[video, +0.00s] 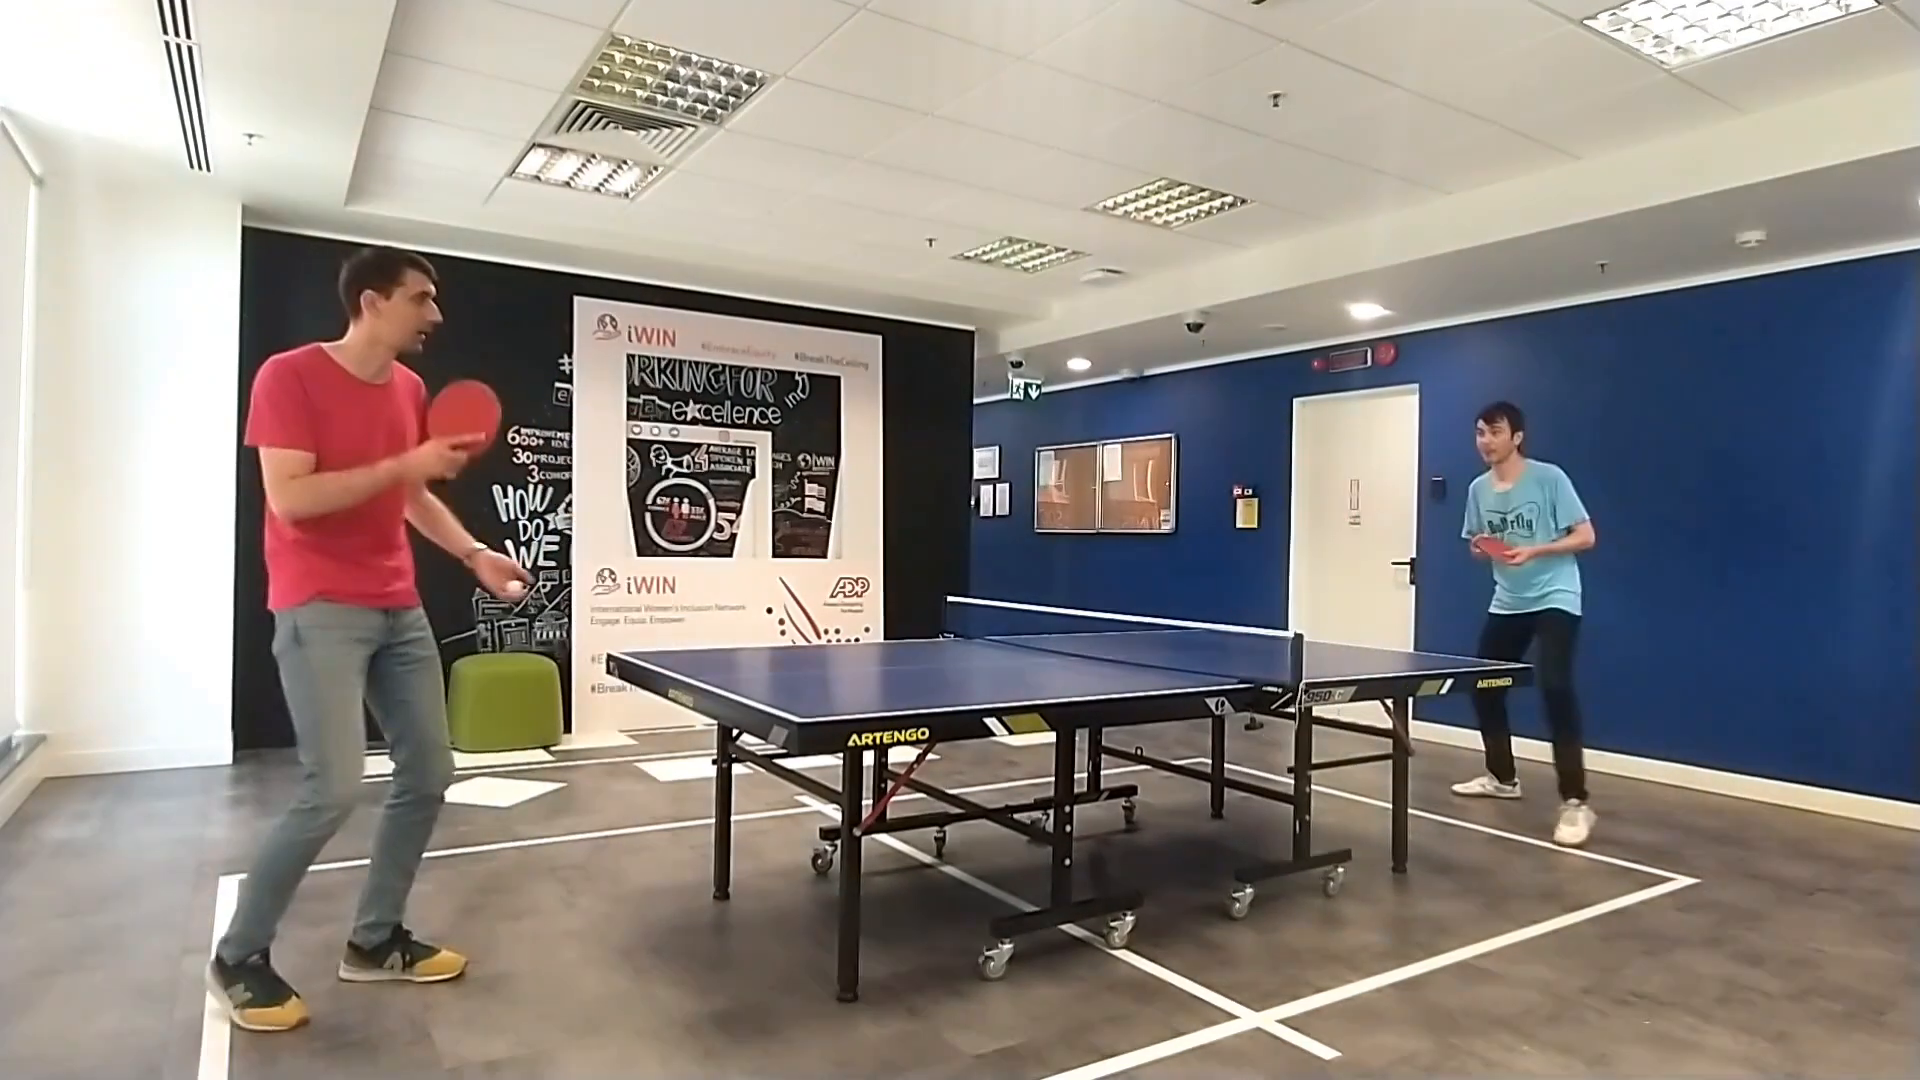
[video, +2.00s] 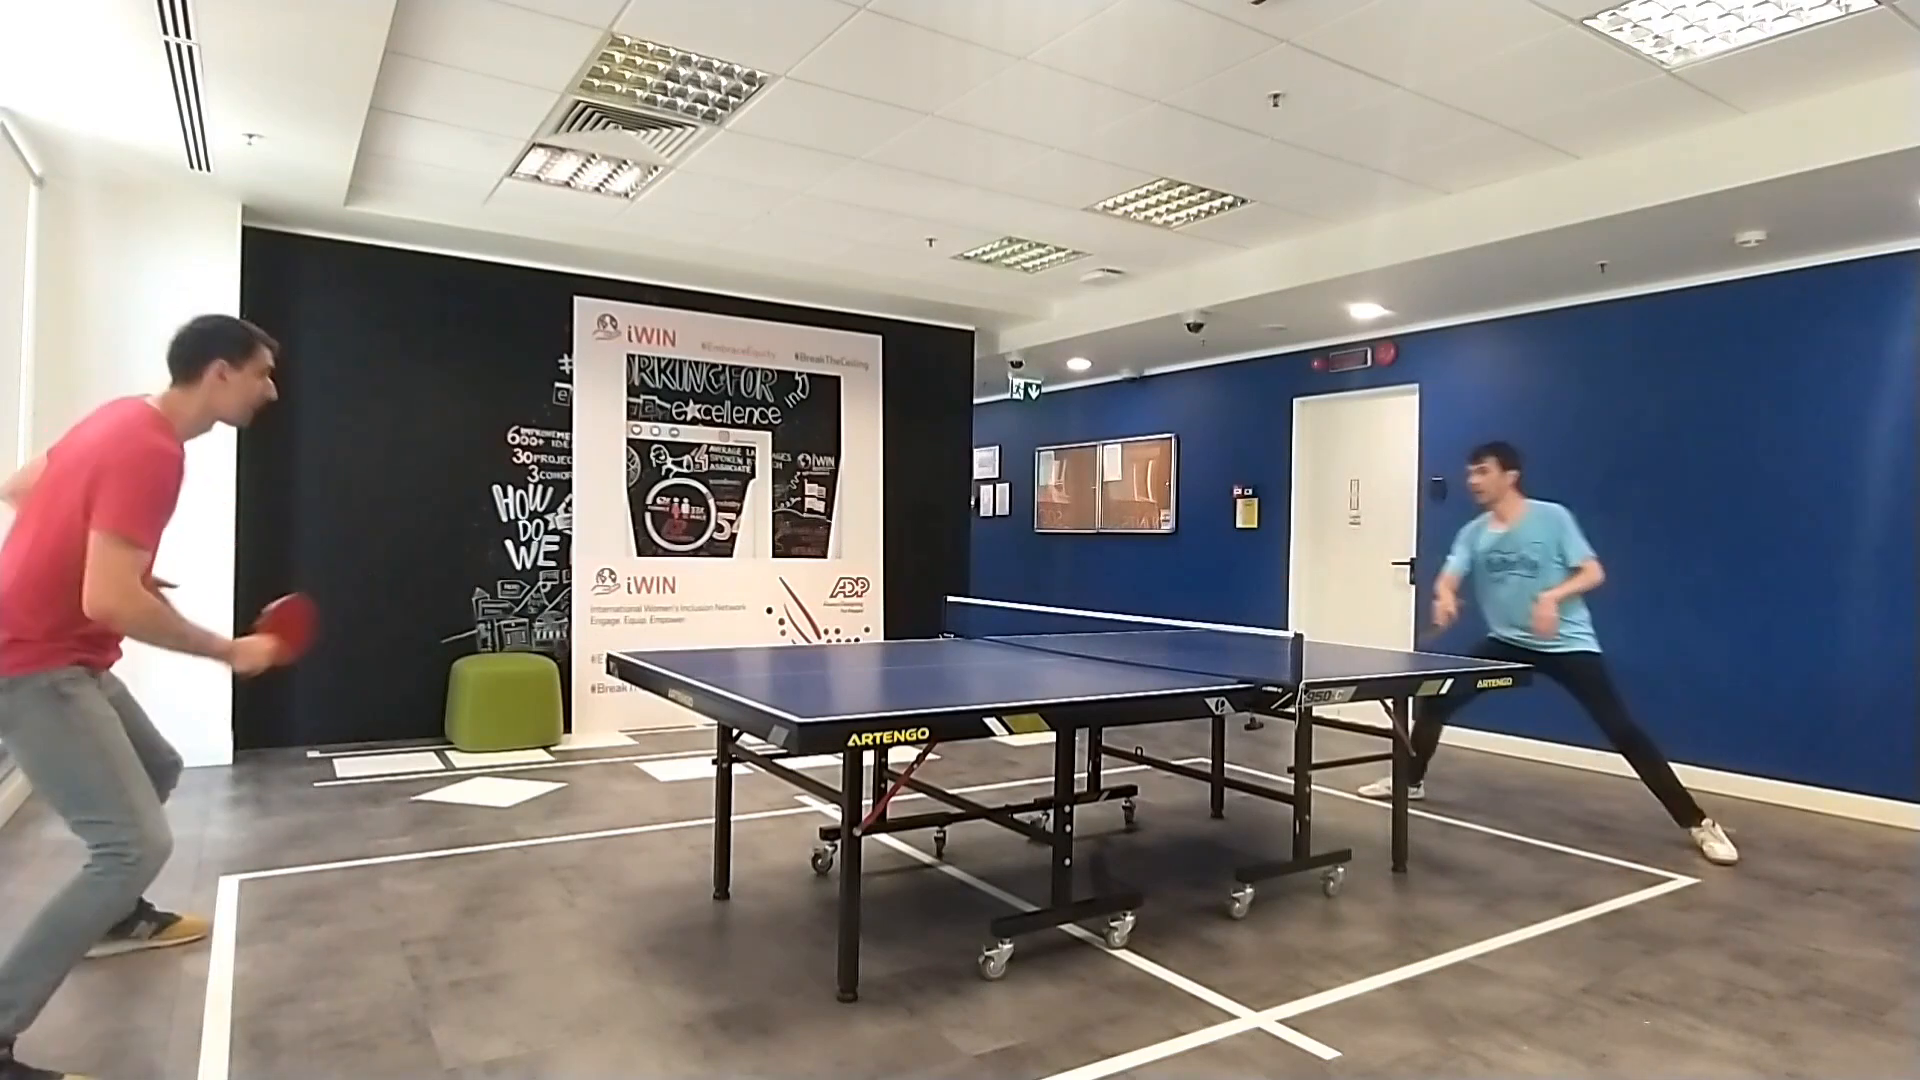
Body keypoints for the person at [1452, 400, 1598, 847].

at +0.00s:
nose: (1485, 440)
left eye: (1494, 432)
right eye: (1480, 433)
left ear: (1516, 436)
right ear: (1477, 439)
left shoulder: (1549, 477)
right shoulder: (1479, 488)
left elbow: (1586, 536)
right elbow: (1476, 549)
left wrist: (1534, 551)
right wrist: (1485, 548)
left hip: (1555, 599)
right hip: (1507, 602)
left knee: (1553, 684)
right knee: (1484, 686)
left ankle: (1574, 803)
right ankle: (1503, 778)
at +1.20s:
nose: (1500, 450)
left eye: (1509, 442)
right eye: (1495, 443)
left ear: (1535, 446)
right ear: (1492, 450)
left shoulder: (1568, 495)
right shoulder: (1485, 494)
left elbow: (1598, 555)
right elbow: (1458, 539)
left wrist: (1552, 585)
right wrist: (1452, 558)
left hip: (1560, 620)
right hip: (1502, 614)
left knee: (1591, 710)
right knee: (1441, 676)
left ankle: (1633, 820)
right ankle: (1441, 772)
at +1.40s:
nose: (1433, 475)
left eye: (1441, 466)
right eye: (1431, 468)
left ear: (1470, 465)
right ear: (1445, 472)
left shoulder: (1511, 504)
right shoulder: (1449, 516)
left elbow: (1558, 563)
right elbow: (1447, 570)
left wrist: (1514, 598)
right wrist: (1413, 599)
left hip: (1533, 628)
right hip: (1477, 626)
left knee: (1569, 717)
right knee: (1414, 688)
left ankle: (1628, 821)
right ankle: (1408, 779)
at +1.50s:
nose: (1402, 488)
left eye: (1406, 477)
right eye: (1399, 480)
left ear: (1434, 472)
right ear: (1422, 478)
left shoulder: (1482, 505)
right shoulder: (1432, 522)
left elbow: (1531, 560)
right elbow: (1435, 581)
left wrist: (1489, 600)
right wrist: (1380, 607)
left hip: (1523, 628)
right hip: (1470, 629)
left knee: (1563, 718)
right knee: (1408, 686)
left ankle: (1627, 820)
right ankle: (1407, 778)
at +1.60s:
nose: (1383, 492)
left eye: (1385, 482)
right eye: (1380, 485)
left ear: (1410, 474)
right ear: (1406, 478)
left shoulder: (1466, 504)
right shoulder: (1417, 532)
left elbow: (1518, 552)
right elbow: (1399, 582)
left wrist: (1476, 591)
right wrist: (1338, 583)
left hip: (1522, 626)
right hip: (1468, 629)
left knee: (1573, 712)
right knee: (1408, 683)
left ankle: (1632, 816)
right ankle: (1406, 778)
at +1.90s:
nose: (1426, 484)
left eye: (1434, 474)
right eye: (1424, 477)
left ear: (1463, 475)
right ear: (1433, 486)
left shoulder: (1508, 511)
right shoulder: (1435, 535)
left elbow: (1554, 563)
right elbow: (1392, 585)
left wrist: (1514, 588)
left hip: (1541, 636)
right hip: (1483, 639)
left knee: (1602, 716)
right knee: (1414, 685)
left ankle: (1689, 813)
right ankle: (1405, 780)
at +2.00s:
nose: (1473, 481)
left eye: (1481, 473)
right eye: (1470, 474)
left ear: (1510, 476)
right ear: (1473, 482)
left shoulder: (1552, 517)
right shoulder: (1473, 532)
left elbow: (1592, 572)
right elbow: (1447, 579)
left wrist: (1551, 596)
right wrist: (1445, 599)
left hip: (1569, 648)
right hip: (1507, 645)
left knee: (1622, 730)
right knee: (1433, 700)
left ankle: (1698, 825)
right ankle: (1404, 780)